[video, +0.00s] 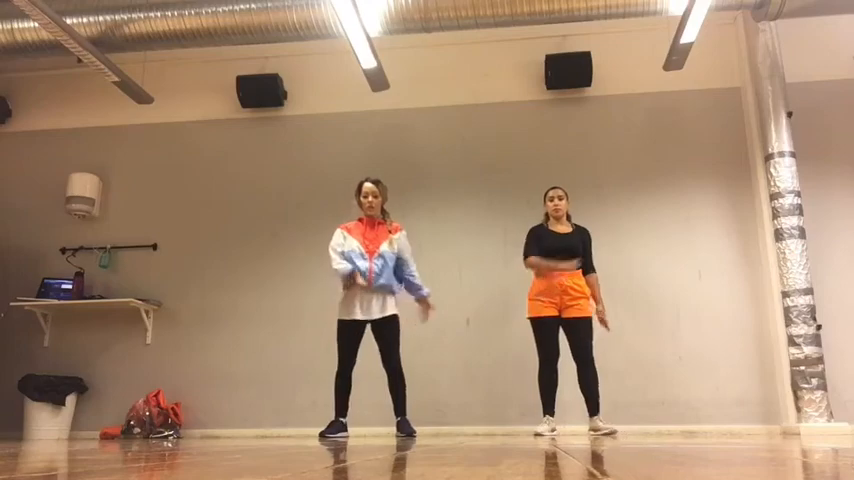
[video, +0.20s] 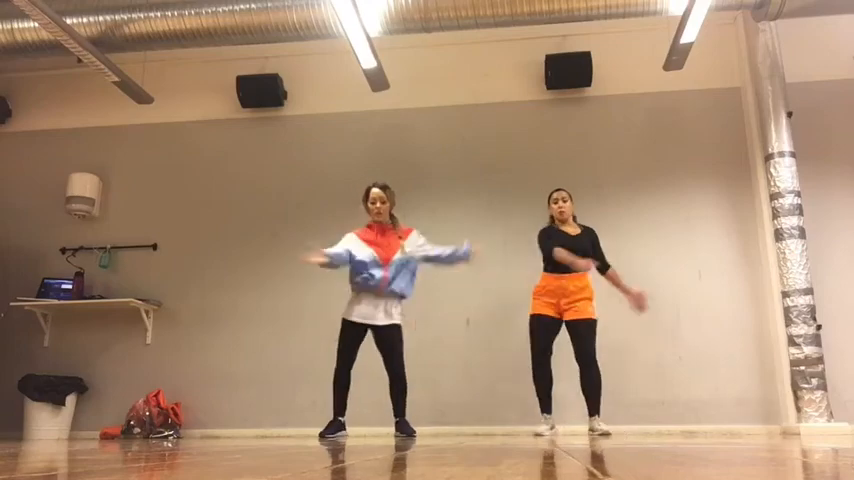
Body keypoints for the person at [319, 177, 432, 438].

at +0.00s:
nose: (369, 200)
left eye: (374, 195)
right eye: (365, 196)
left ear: (383, 199)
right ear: (358, 199)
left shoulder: (395, 231)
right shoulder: (345, 231)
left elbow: (407, 268)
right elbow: (336, 260)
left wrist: (422, 296)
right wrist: (352, 272)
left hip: (385, 306)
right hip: (353, 307)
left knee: (393, 366)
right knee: (345, 367)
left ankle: (402, 420)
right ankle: (340, 421)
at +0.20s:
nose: (377, 206)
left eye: (382, 201)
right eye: (372, 202)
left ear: (391, 204)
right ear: (366, 206)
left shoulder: (408, 238)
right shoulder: (356, 238)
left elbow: (434, 253)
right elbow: (341, 254)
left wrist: (463, 252)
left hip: (388, 312)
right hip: (358, 310)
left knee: (396, 369)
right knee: (343, 366)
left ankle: (400, 421)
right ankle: (338, 420)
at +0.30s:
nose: (383, 206)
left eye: (388, 201)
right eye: (379, 202)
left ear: (398, 204)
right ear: (373, 206)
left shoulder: (418, 232)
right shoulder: (363, 237)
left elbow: (451, 232)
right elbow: (334, 250)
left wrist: (474, 215)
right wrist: (304, 252)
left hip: (402, 311)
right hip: (371, 309)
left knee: (404, 370)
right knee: (335, 343)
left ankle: (402, 421)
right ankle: (334, 401)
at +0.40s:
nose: (388, 207)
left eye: (393, 202)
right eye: (383, 203)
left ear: (403, 204)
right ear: (378, 206)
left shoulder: (420, 231)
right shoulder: (365, 238)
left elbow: (446, 227)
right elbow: (336, 253)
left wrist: (450, 200)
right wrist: (302, 256)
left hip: (411, 313)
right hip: (383, 310)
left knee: (411, 371)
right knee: (357, 313)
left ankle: (403, 420)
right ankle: (351, 371)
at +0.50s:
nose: (392, 210)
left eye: (398, 205)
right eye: (388, 206)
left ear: (407, 207)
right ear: (382, 209)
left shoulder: (417, 232)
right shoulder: (371, 237)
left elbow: (433, 242)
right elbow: (348, 255)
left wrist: (410, 230)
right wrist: (324, 255)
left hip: (411, 307)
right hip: (382, 306)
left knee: (414, 370)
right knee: (394, 329)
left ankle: (405, 419)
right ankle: (391, 386)